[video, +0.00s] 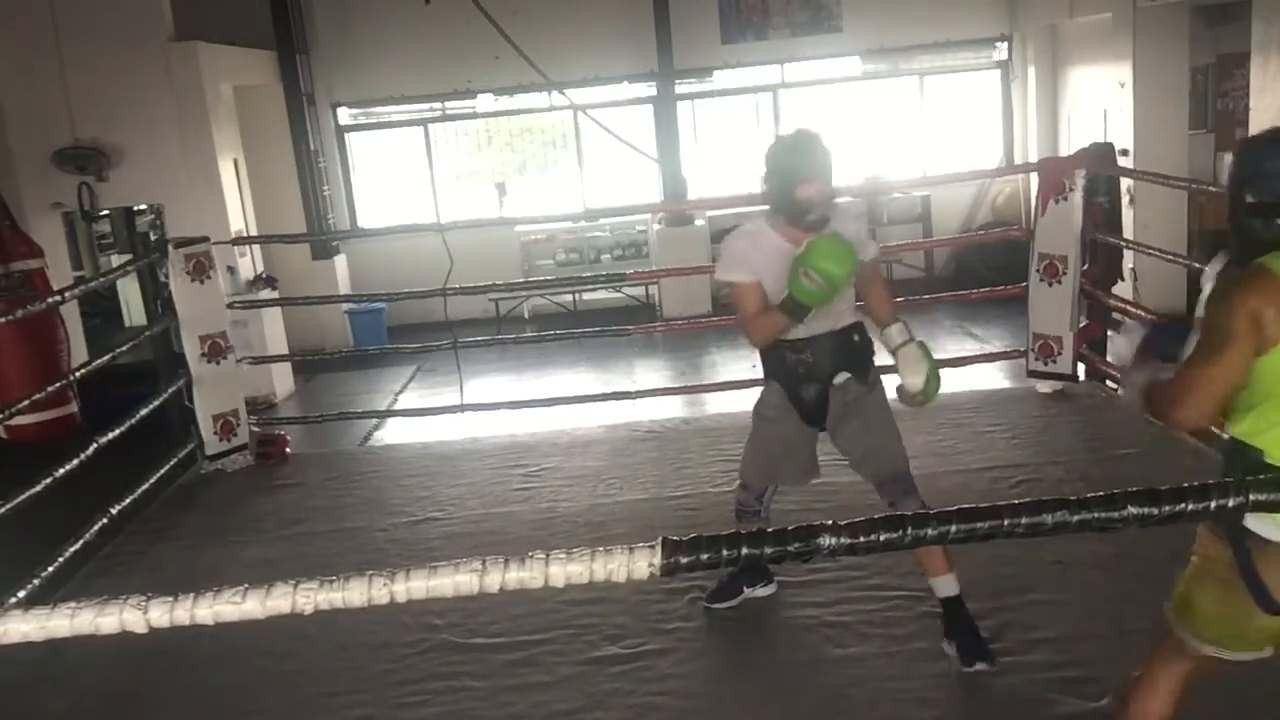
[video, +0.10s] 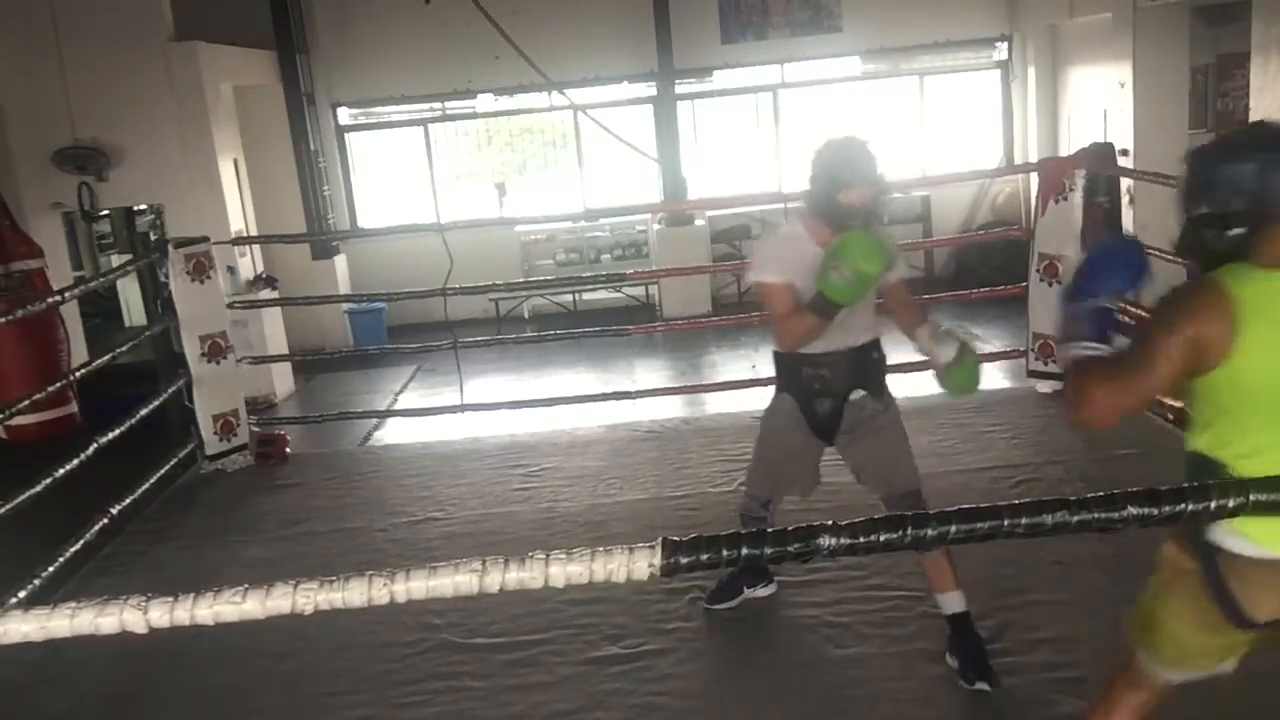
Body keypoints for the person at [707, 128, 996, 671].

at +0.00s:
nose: (818, 191)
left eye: (823, 178)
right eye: (804, 181)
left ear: (830, 180)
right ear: (778, 186)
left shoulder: (847, 227)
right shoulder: (746, 247)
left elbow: (873, 290)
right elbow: (757, 332)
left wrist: (903, 343)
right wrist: (800, 297)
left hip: (853, 380)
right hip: (786, 387)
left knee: (902, 494)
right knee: (750, 494)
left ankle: (956, 615)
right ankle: (752, 573)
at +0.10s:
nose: (864, 199)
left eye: (870, 187)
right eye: (853, 187)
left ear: (876, 190)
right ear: (825, 187)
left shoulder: (874, 244)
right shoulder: (782, 248)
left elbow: (905, 308)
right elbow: (787, 335)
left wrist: (940, 347)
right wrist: (835, 291)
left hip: (865, 394)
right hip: (797, 397)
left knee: (912, 508)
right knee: (756, 502)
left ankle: (963, 633)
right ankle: (756, 570)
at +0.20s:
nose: (907, 208)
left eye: (912, 196)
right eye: (897, 196)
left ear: (915, 197)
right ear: (865, 194)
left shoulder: (905, 250)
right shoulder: (810, 244)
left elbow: (928, 328)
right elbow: (818, 335)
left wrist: (960, 334)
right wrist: (866, 288)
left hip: (882, 390)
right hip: (816, 392)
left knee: (928, 509)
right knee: (776, 499)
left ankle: (965, 636)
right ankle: (761, 565)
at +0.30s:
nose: (924, 214)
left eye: (934, 202)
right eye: (913, 200)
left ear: (942, 196)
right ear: (880, 190)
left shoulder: (929, 245)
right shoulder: (829, 234)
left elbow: (938, 332)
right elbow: (831, 329)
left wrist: (952, 303)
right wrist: (884, 279)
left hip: (891, 388)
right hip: (825, 389)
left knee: (933, 513)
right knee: (790, 499)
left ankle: (965, 638)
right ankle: (795, 559)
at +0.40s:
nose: (930, 215)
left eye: (939, 203)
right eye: (920, 202)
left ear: (947, 194)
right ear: (893, 184)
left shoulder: (928, 239)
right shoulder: (836, 222)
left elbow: (939, 330)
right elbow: (830, 321)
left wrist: (982, 290)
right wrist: (885, 274)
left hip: (894, 382)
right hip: (830, 382)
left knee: (934, 509)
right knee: (806, 507)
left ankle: (966, 640)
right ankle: (853, 557)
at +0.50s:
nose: (924, 215)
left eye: (934, 203)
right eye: (916, 202)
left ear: (942, 193)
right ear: (886, 189)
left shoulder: (928, 236)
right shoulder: (832, 226)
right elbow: (826, 319)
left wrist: (962, 279)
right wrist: (874, 278)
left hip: (898, 379)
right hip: (833, 380)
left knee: (934, 508)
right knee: (817, 505)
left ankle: (965, 640)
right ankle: (874, 572)